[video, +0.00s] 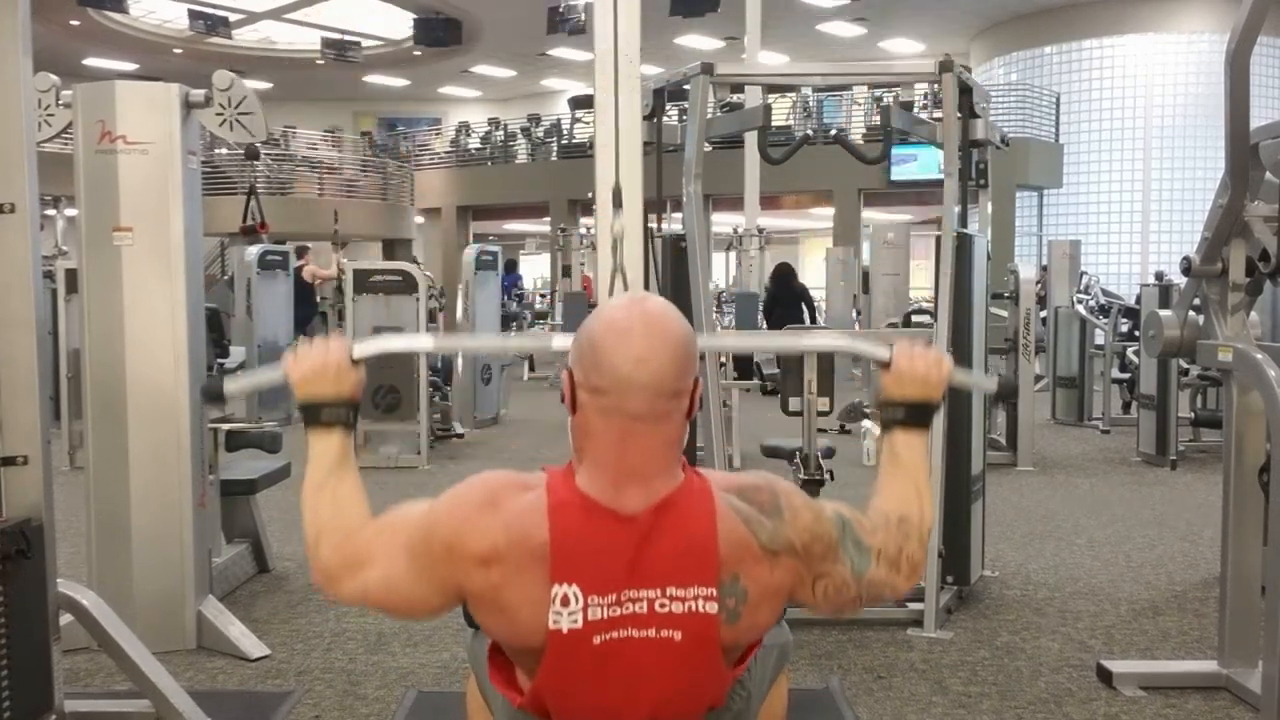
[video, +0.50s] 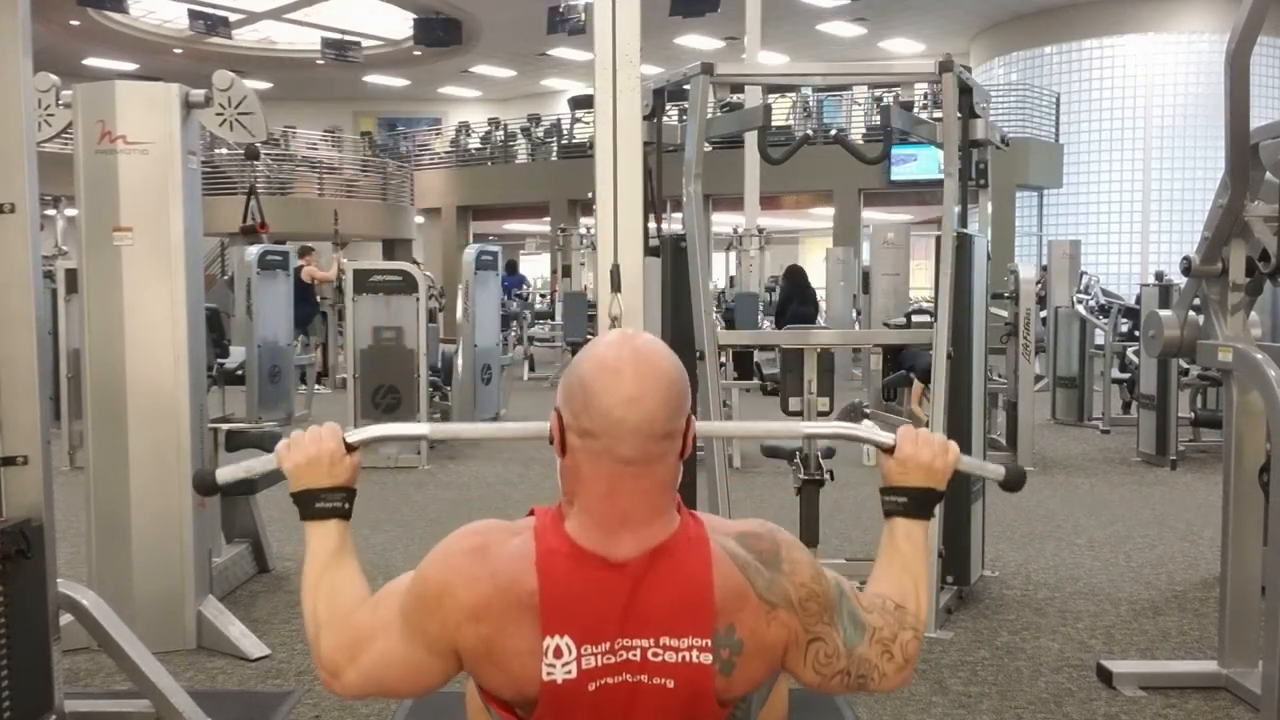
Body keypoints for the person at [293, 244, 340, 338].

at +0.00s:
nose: (311, 257)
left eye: (310, 254)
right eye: (309, 254)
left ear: (298, 256)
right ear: (305, 256)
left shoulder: (294, 269)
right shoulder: (309, 269)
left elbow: (305, 287)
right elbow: (333, 274)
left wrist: (320, 280)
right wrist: (335, 259)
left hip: (297, 309)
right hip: (309, 309)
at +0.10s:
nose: (310, 257)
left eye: (309, 254)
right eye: (308, 254)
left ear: (298, 256)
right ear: (304, 255)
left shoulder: (293, 269)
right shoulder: (308, 269)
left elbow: (307, 286)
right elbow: (331, 274)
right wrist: (335, 260)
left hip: (296, 311)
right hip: (309, 311)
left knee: (302, 343)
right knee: (321, 342)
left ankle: (301, 375)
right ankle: (310, 376)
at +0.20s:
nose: (310, 257)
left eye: (309, 255)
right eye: (309, 255)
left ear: (298, 257)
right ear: (305, 256)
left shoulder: (293, 270)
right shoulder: (307, 269)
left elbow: (307, 287)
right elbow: (330, 274)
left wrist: (321, 280)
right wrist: (335, 260)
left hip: (296, 312)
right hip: (309, 312)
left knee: (302, 345)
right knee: (317, 344)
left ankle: (301, 382)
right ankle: (312, 382)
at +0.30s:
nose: (311, 258)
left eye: (310, 255)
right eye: (309, 255)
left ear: (298, 257)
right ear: (305, 256)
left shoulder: (294, 270)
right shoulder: (306, 269)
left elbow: (309, 286)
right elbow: (330, 274)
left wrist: (326, 278)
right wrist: (335, 260)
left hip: (297, 312)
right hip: (309, 312)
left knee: (301, 346)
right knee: (313, 347)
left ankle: (301, 382)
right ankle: (313, 382)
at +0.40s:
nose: (312, 258)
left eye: (311, 255)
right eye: (310, 256)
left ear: (299, 257)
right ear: (305, 257)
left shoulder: (295, 270)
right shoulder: (307, 269)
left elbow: (310, 285)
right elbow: (330, 275)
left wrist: (327, 279)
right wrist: (335, 261)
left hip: (297, 312)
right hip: (309, 312)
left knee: (301, 346)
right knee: (314, 347)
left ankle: (301, 382)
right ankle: (313, 382)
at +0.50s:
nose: (313, 258)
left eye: (313, 255)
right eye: (312, 256)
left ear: (300, 257)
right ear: (307, 257)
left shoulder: (294, 269)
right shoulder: (308, 270)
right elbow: (331, 276)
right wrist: (336, 261)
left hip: (297, 312)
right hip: (310, 312)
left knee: (300, 346)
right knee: (314, 347)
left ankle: (301, 382)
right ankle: (312, 382)